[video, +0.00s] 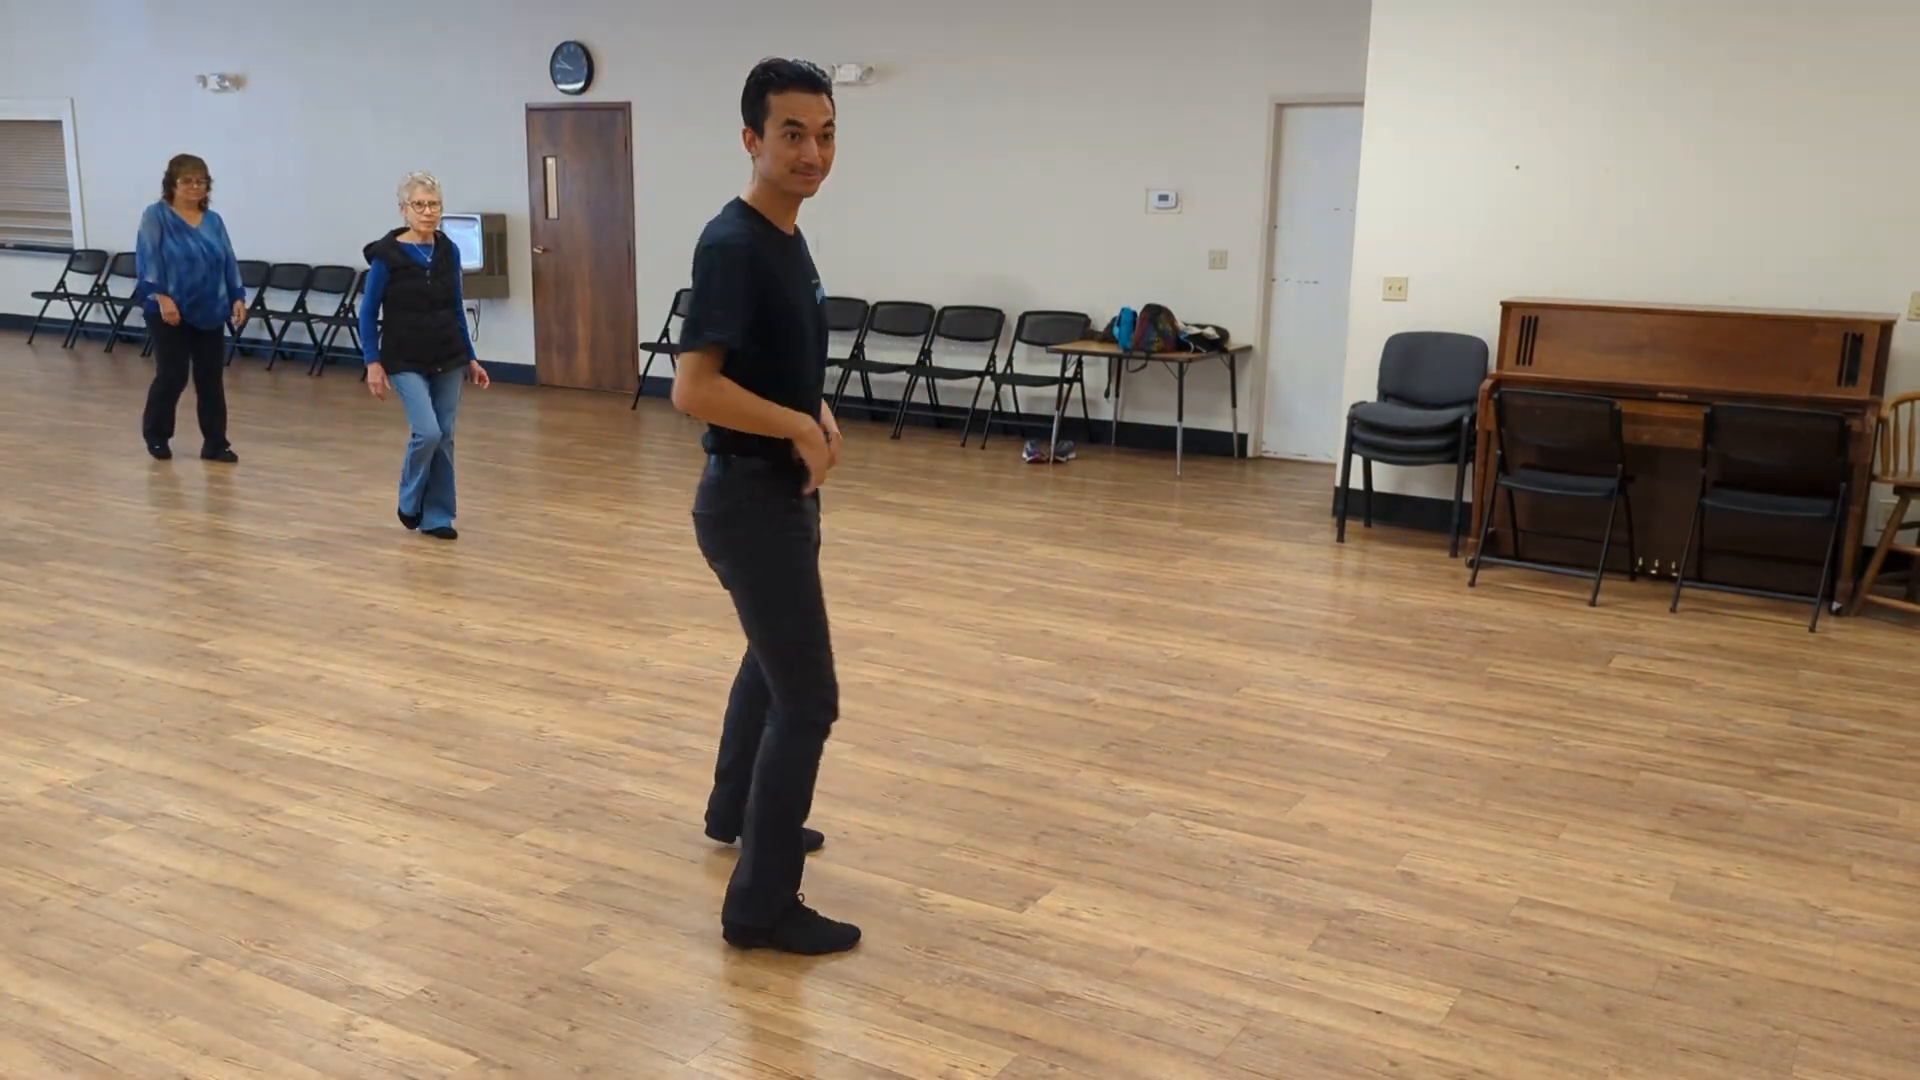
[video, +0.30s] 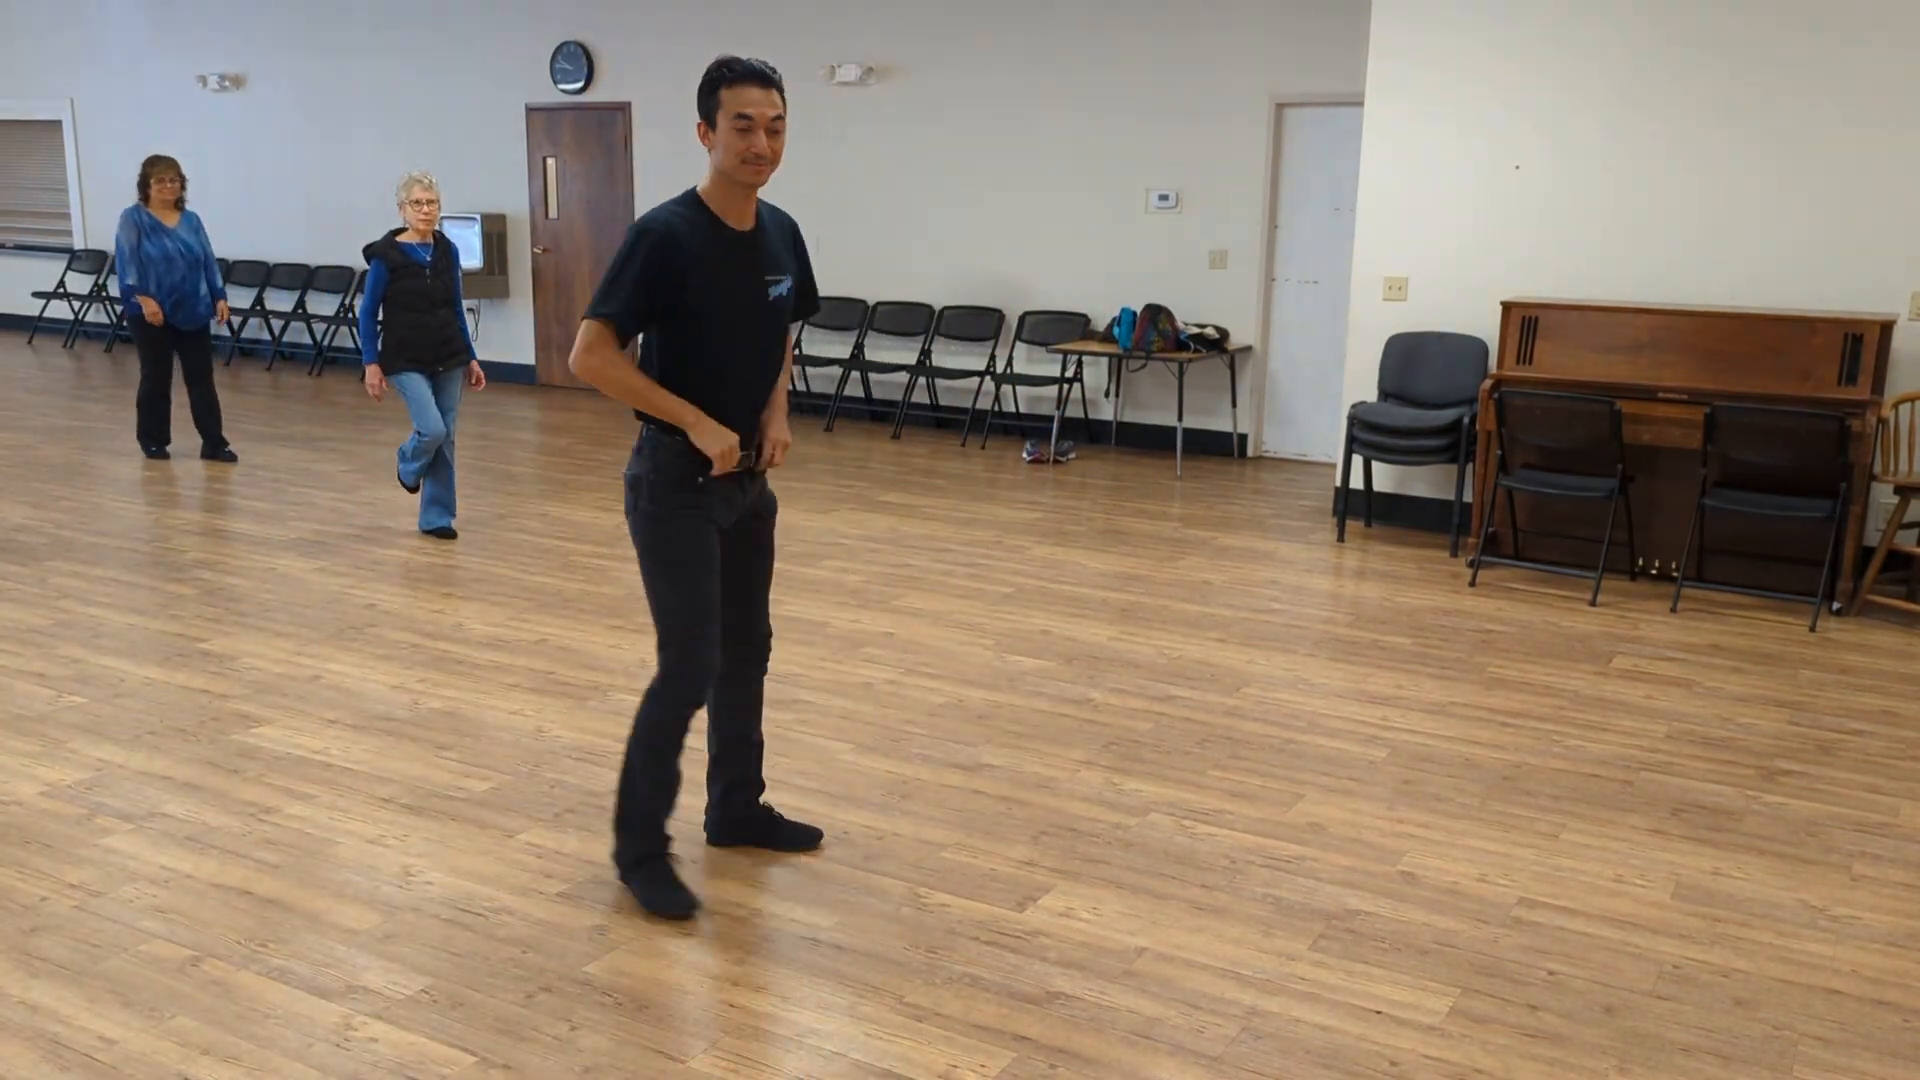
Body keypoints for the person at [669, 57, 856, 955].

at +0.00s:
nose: (813, 152)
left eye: (825, 136)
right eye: (794, 134)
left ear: (835, 145)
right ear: (752, 139)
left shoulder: (786, 238)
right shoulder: (732, 244)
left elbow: (778, 358)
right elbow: (695, 387)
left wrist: (815, 413)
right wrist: (799, 427)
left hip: (780, 490)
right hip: (751, 500)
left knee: (774, 657)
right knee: (808, 698)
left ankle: (737, 807)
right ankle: (760, 908)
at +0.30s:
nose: (762, 142)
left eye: (774, 127)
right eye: (743, 125)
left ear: (785, 135)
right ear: (705, 132)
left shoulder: (781, 233)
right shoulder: (663, 236)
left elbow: (779, 333)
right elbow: (590, 355)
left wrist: (776, 405)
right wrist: (695, 421)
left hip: (746, 484)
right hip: (673, 484)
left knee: (744, 655)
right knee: (686, 668)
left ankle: (735, 810)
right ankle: (640, 853)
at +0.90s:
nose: (624, 142)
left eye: (636, 127)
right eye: (606, 127)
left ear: (649, 134)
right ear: (570, 135)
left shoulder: (665, 211)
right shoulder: (533, 241)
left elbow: (650, 317)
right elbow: (450, 352)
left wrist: (656, 398)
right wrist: (557, 401)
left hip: (660, 462)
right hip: (577, 474)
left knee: (699, 636)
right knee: (571, 662)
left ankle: (725, 798)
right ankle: (568, 842)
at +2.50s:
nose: (741, 149)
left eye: (738, 135)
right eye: (735, 136)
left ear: (689, 143)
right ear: (704, 145)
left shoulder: (704, 229)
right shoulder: (599, 223)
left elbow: (665, 322)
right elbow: (488, 279)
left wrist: (676, 403)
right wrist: (557, 380)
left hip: (698, 471)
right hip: (622, 473)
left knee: (707, 643)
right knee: (600, 660)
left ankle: (711, 793)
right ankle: (571, 838)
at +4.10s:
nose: (827, 165)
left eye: (831, 150)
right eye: (813, 148)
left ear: (793, 152)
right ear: (760, 145)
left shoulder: (793, 236)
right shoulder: (685, 230)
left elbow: (744, 329)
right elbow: (562, 283)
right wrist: (633, 381)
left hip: (769, 482)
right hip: (692, 483)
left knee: (784, 665)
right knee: (653, 669)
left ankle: (798, 827)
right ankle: (582, 832)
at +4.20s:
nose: (855, 165)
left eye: (859, 150)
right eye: (843, 147)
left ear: (839, 151)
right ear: (788, 143)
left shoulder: (822, 241)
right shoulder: (714, 232)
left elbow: (833, 331)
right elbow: (593, 299)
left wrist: (837, 383)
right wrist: (670, 391)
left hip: (792, 480)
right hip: (716, 481)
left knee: (794, 670)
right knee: (696, 673)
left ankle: (799, 829)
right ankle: (598, 823)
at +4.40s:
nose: (884, 166)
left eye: (888, 150)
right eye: (872, 148)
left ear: (866, 150)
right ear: (818, 140)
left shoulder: (857, 252)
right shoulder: (754, 233)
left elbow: (906, 355)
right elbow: (678, 350)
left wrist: (953, 425)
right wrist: (757, 446)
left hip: (822, 486)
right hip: (749, 490)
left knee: (809, 671)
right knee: (751, 677)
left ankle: (800, 830)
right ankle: (691, 853)